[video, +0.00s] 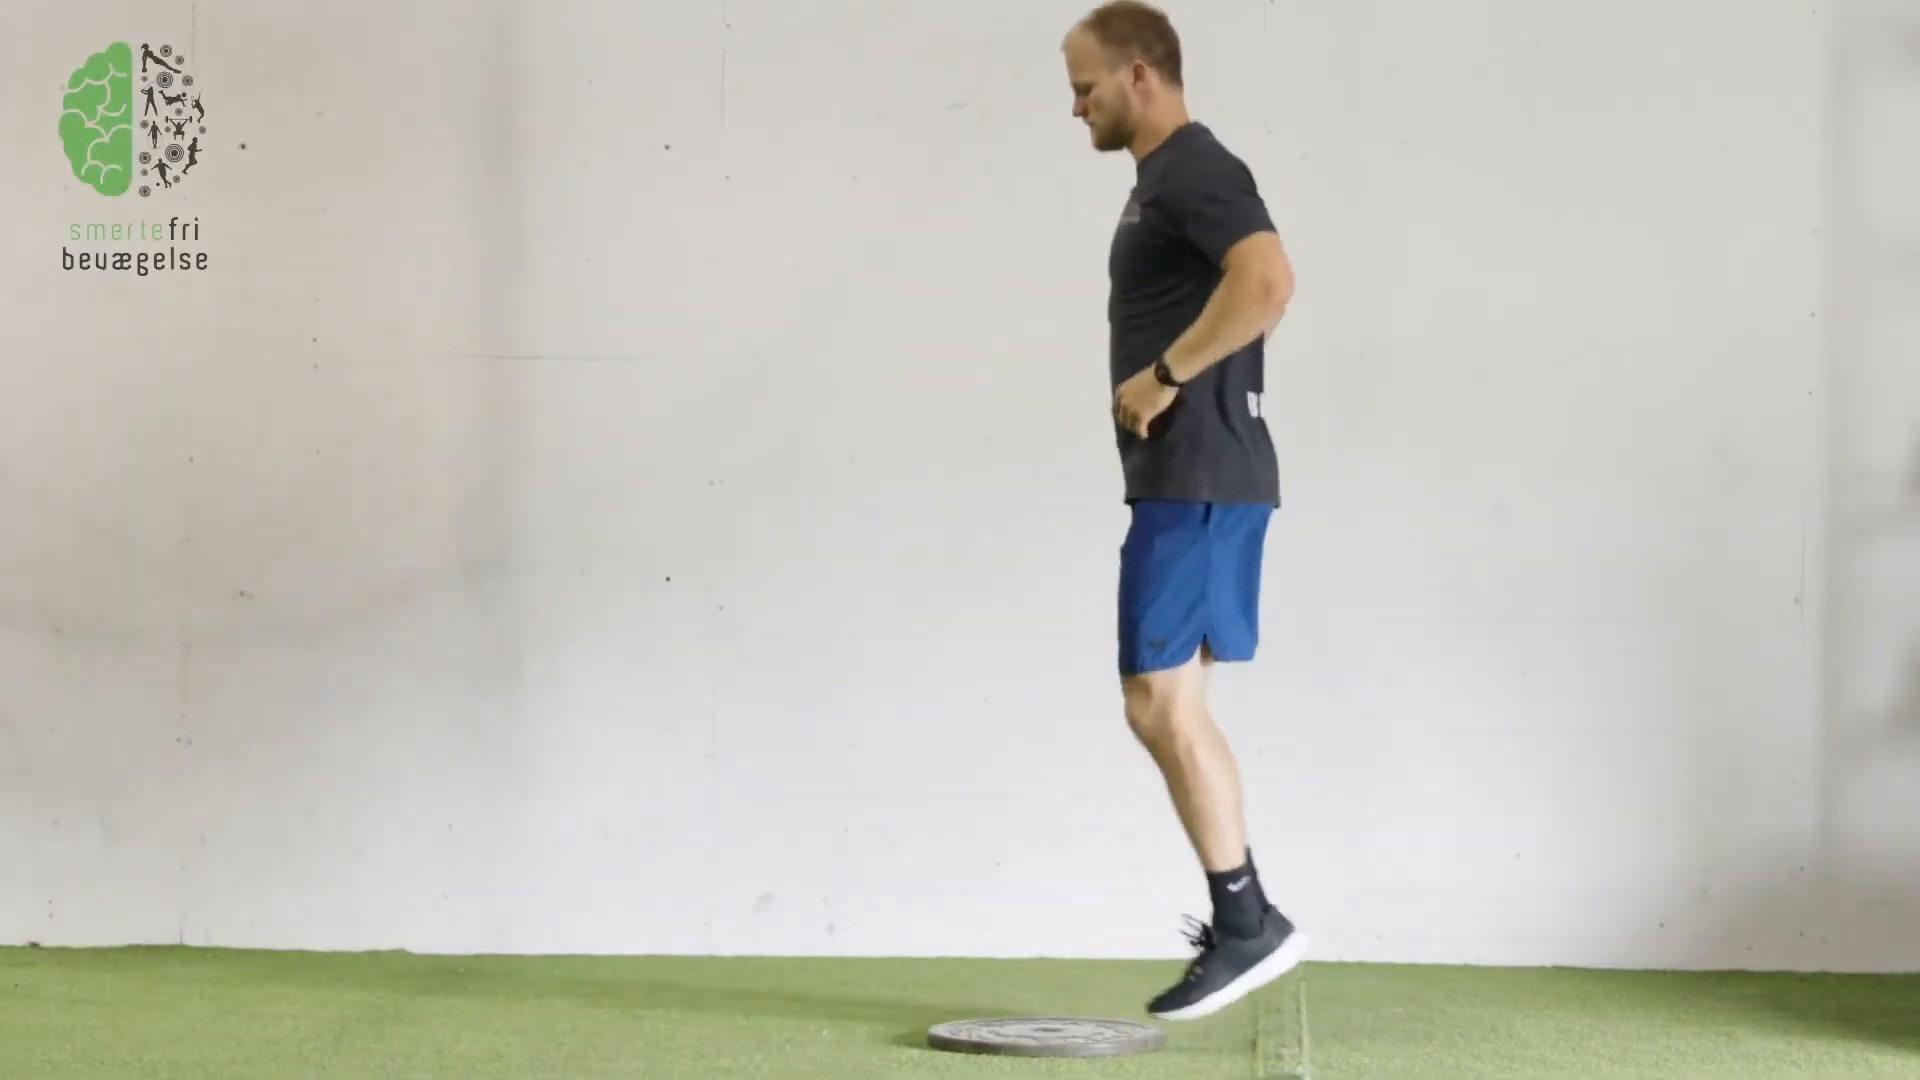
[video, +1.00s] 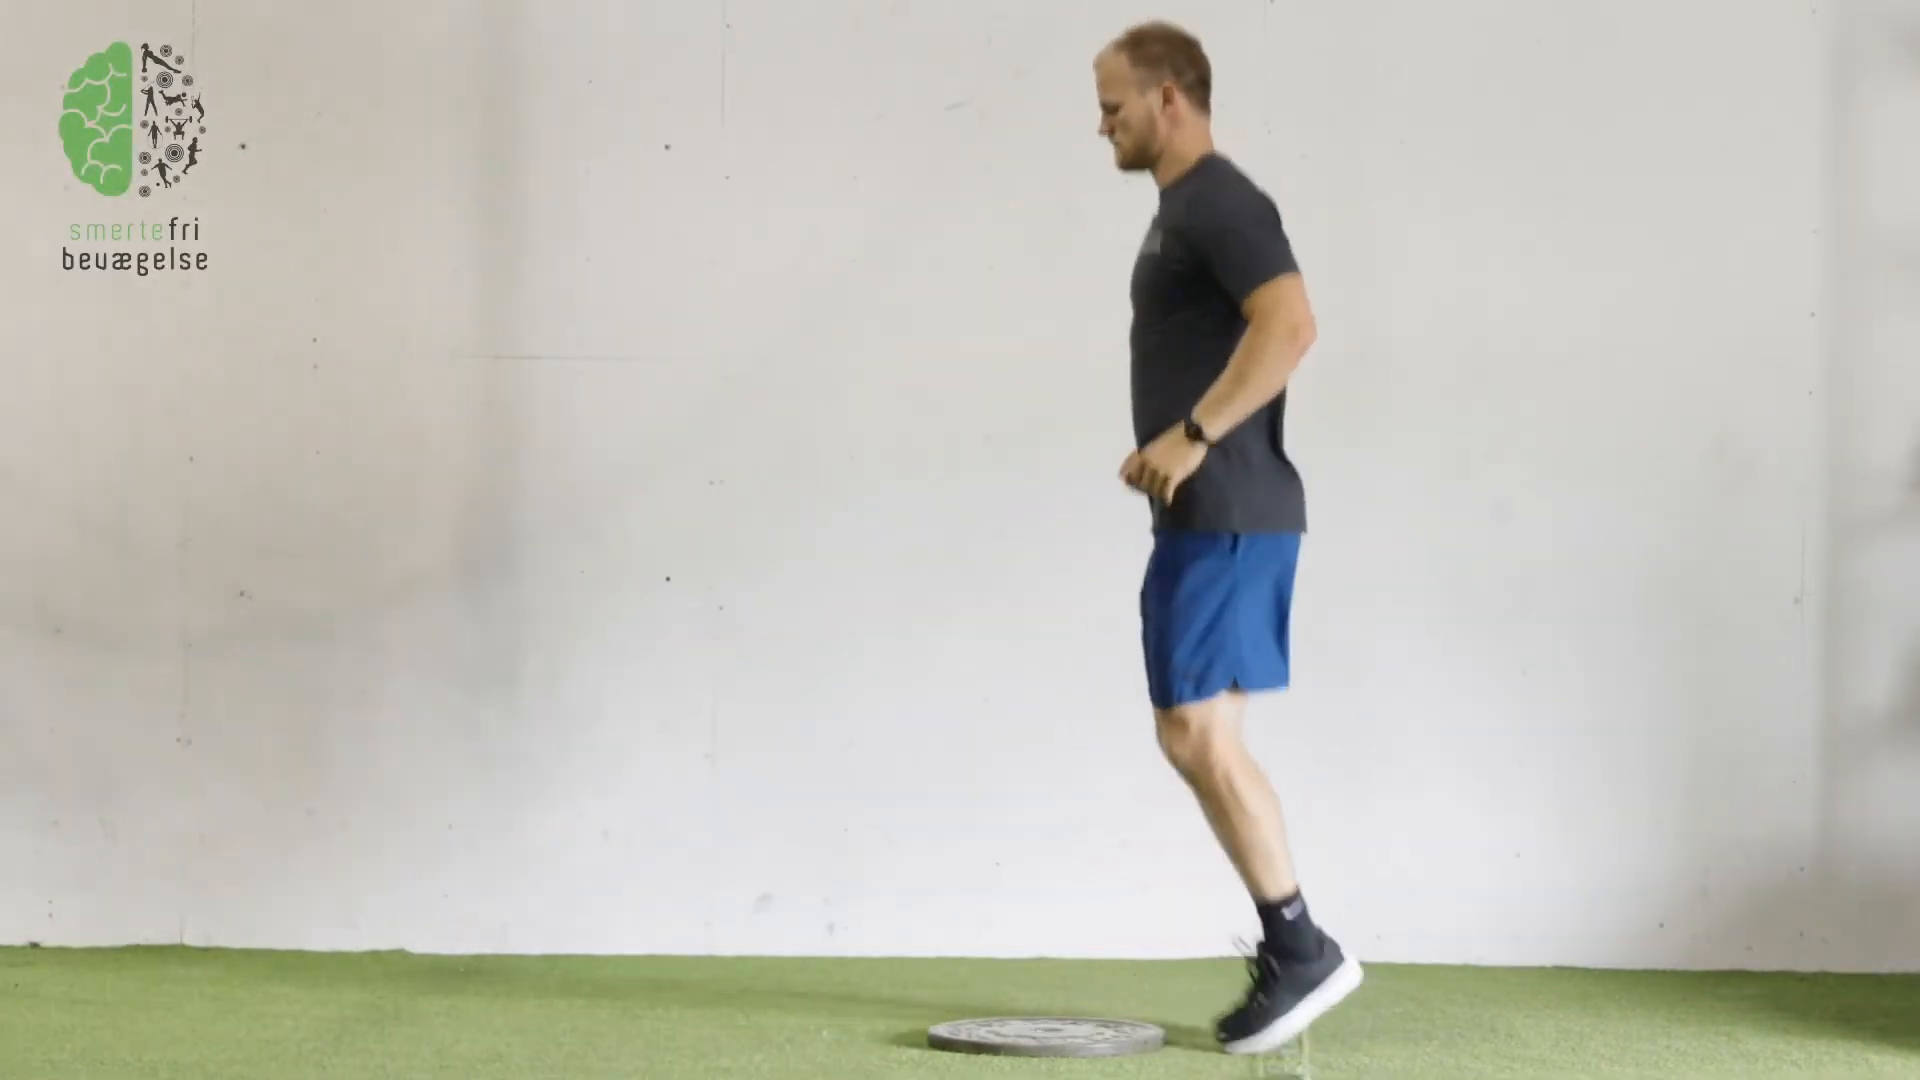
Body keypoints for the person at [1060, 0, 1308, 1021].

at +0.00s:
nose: (1075, 106)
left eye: (1084, 87)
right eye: (1074, 89)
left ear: (1141, 75)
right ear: (1141, 79)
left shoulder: (1193, 166)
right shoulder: (1173, 172)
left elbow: (1265, 280)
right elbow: (1260, 289)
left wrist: (1164, 375)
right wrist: (1165, 382)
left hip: (1199, 478)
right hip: (1185, 476)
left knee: (1165, 702)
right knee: (1161, 702)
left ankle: (1244, 921)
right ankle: (1238, 918)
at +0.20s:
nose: (1089, 191)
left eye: (1100, 173)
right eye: (1089, 174)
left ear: (1156, 167)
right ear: (1156, 171)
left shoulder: (1206, 271)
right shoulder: (1174, 276)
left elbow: (1252, 412)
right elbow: (1210, 427)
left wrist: (1128, 485)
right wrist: (1119, 483)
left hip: (1216, 585)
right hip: (1205, 582)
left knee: (1171, 794)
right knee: (1186, 793)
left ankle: (1288, 991)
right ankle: (1283, 986)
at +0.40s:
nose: (1090, 89)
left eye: (1098, 69)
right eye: (1087, 72)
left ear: (1155, 59)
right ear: (1148, 64)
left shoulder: (1204, 150)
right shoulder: (1172, 161)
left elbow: (1265, 271)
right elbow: (1233, 283)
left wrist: (1142, 333)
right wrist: (1128, 343)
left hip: (1194, 470)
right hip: (1167, 470)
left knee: (1179, 689)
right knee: (1159, 690)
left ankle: (1228, 918)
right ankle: (1220, 913)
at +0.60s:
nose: (1082, 156)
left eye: (1091, 137)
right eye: (1081, 139)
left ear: (1149, 132)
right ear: (1146, 136)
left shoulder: (1196, 235)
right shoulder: (1163, 239)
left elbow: (1245, 372)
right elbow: (1215, 380)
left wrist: (1129, 458)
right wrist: (1124, 467)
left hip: (1181, 546)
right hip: (1164, 542)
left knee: (1115, 754)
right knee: (1123, 757)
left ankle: (1191, 976)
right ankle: (1185, 973)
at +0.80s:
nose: (1087, 101)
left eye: (1096, 82)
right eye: (1085, 84)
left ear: (1153, 77)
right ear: (1146, 81)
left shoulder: (1202, 171)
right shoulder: (1170, 178)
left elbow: (1266, 300)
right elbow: (1225, 312)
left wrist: (1171, 404)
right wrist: (1154, 418)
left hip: (1200, 486)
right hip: (1179, 483)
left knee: (1176, 704)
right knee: (1176, 704)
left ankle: (1192, 937)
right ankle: (1184, 931)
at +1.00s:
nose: (1101, 124)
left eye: (1111, 105)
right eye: (1101, 108)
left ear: (1166, 99)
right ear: (1166, 103)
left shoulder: (1219, 199)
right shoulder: (1185, 208)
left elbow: (1288, 324)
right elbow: (1247, 341)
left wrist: (1191, 432)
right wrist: (1169, 446)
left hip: (1230, 517)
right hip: (1208, 514)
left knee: (1203, 732)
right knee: (1191, 734)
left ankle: (1297, 949)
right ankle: (1290, 947)